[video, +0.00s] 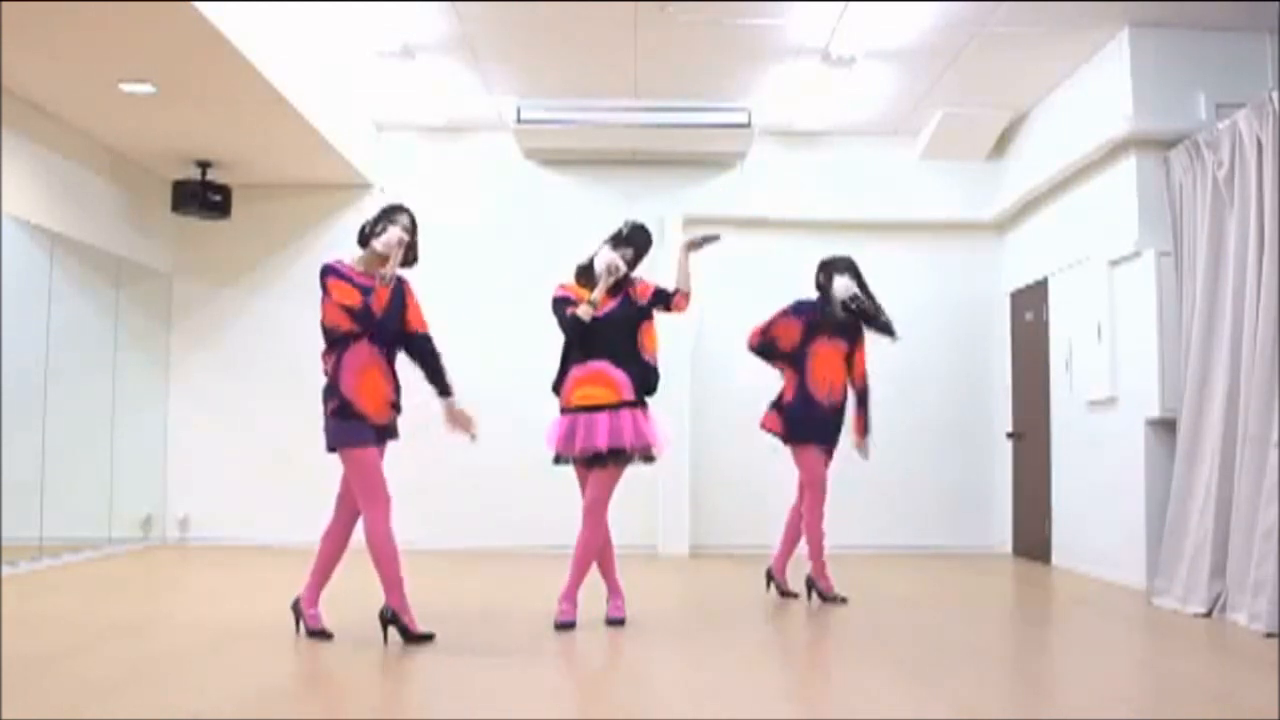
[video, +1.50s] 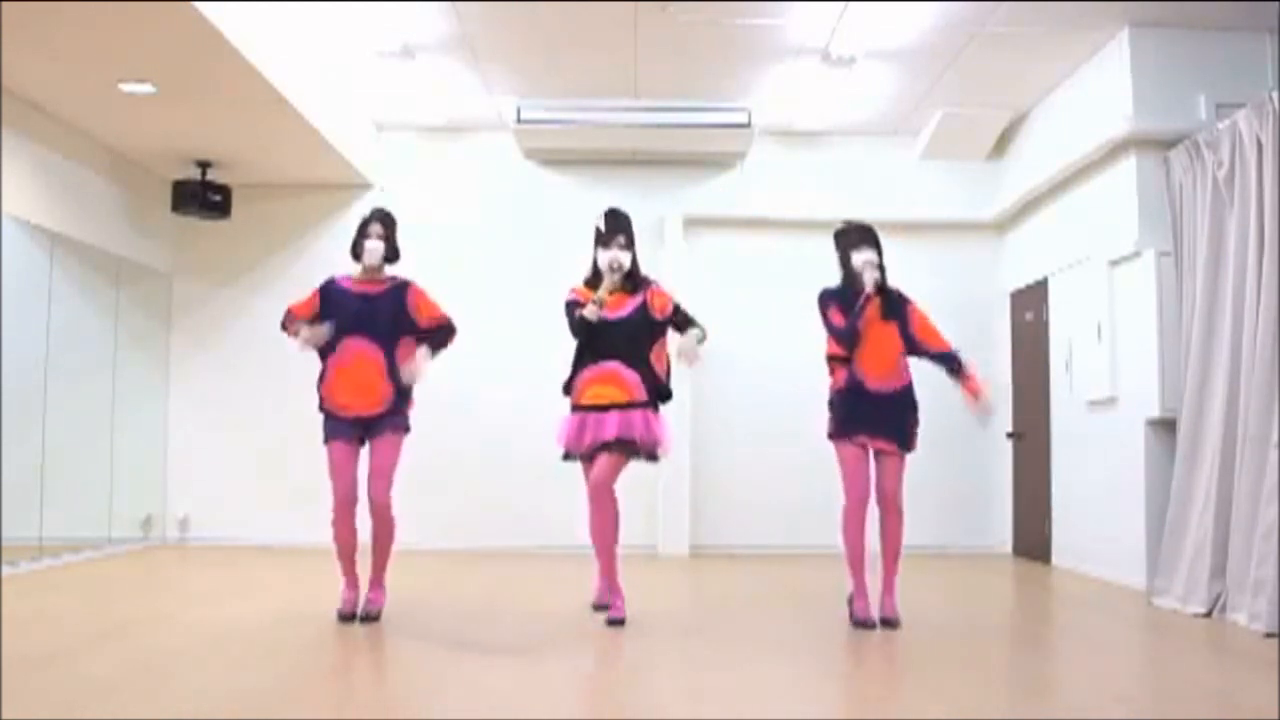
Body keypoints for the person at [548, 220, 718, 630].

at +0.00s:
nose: (621, 262)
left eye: (629, 258)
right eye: (619, 253)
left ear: (635, 261)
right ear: (605, 247)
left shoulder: (635, 290)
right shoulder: (570, 290)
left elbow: (681, 302)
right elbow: (573, 326)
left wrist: (684, 252)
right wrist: (601, 289)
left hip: (620, 406)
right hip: (578, 406)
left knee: (595, 505)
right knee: (593, 506)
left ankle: (569, 595)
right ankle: (614, 593)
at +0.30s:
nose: (610, 262)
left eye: (618, 255)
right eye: (603, 253)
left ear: (628, 257)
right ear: (590, 254)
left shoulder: (637, 299)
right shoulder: (571, 296)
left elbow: (665, 344)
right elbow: (575, 332)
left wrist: (688, 303)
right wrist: (598, 289)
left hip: (620, 404)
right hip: (578, 403)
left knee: (595, 504)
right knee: (592, 505)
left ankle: (568, 595)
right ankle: (615, 593)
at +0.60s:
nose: (611, 261)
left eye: (618, 253)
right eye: (604, 252)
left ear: (628, 256)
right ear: (591, 254)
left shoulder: (641, 297)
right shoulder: (574, 295)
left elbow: (671, 343)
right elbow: (577, 331)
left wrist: (693, 299)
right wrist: (600, 288)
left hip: (624, 406)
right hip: (581, 405)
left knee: (596, 503)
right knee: (593, 505)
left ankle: (568, 595)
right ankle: (614, 592)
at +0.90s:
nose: (613, 260)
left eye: (620, 252)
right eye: (605, 252)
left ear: (630, 255)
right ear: (593, 253)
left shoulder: (642, 297)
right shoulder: (575, 295)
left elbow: (671, 344)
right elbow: (579, 331)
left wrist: (695, 300)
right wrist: (602, 289)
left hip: (624, 407)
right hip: (581, 406)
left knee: (596, 504)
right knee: (593, 506)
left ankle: (567, 595)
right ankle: (615, 592)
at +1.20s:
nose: (613, 261)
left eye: (621, 252)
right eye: (606, 252)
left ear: (632, 256)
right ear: (593, 253)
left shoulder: (644, 298)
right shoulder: (578, 296)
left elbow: (671, 343)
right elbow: (579, 330)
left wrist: (692, 297)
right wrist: (602, 292)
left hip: (624, 405)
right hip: (581, 404)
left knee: (597, 504)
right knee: (594, 505)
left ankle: (569, 594)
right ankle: (615, 592)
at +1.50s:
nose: (615, 257)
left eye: (622, 248)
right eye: (607, 249)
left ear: (633, 252)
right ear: (596, 252)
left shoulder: (651, 296)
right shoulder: (581, 295)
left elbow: (694, 329)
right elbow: (578, 328)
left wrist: (687, 342)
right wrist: (595, 305)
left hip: (632, 401)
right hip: (589, 401)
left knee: (600, 482)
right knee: (595, 489)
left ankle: (607, 582)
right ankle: (610, 587)